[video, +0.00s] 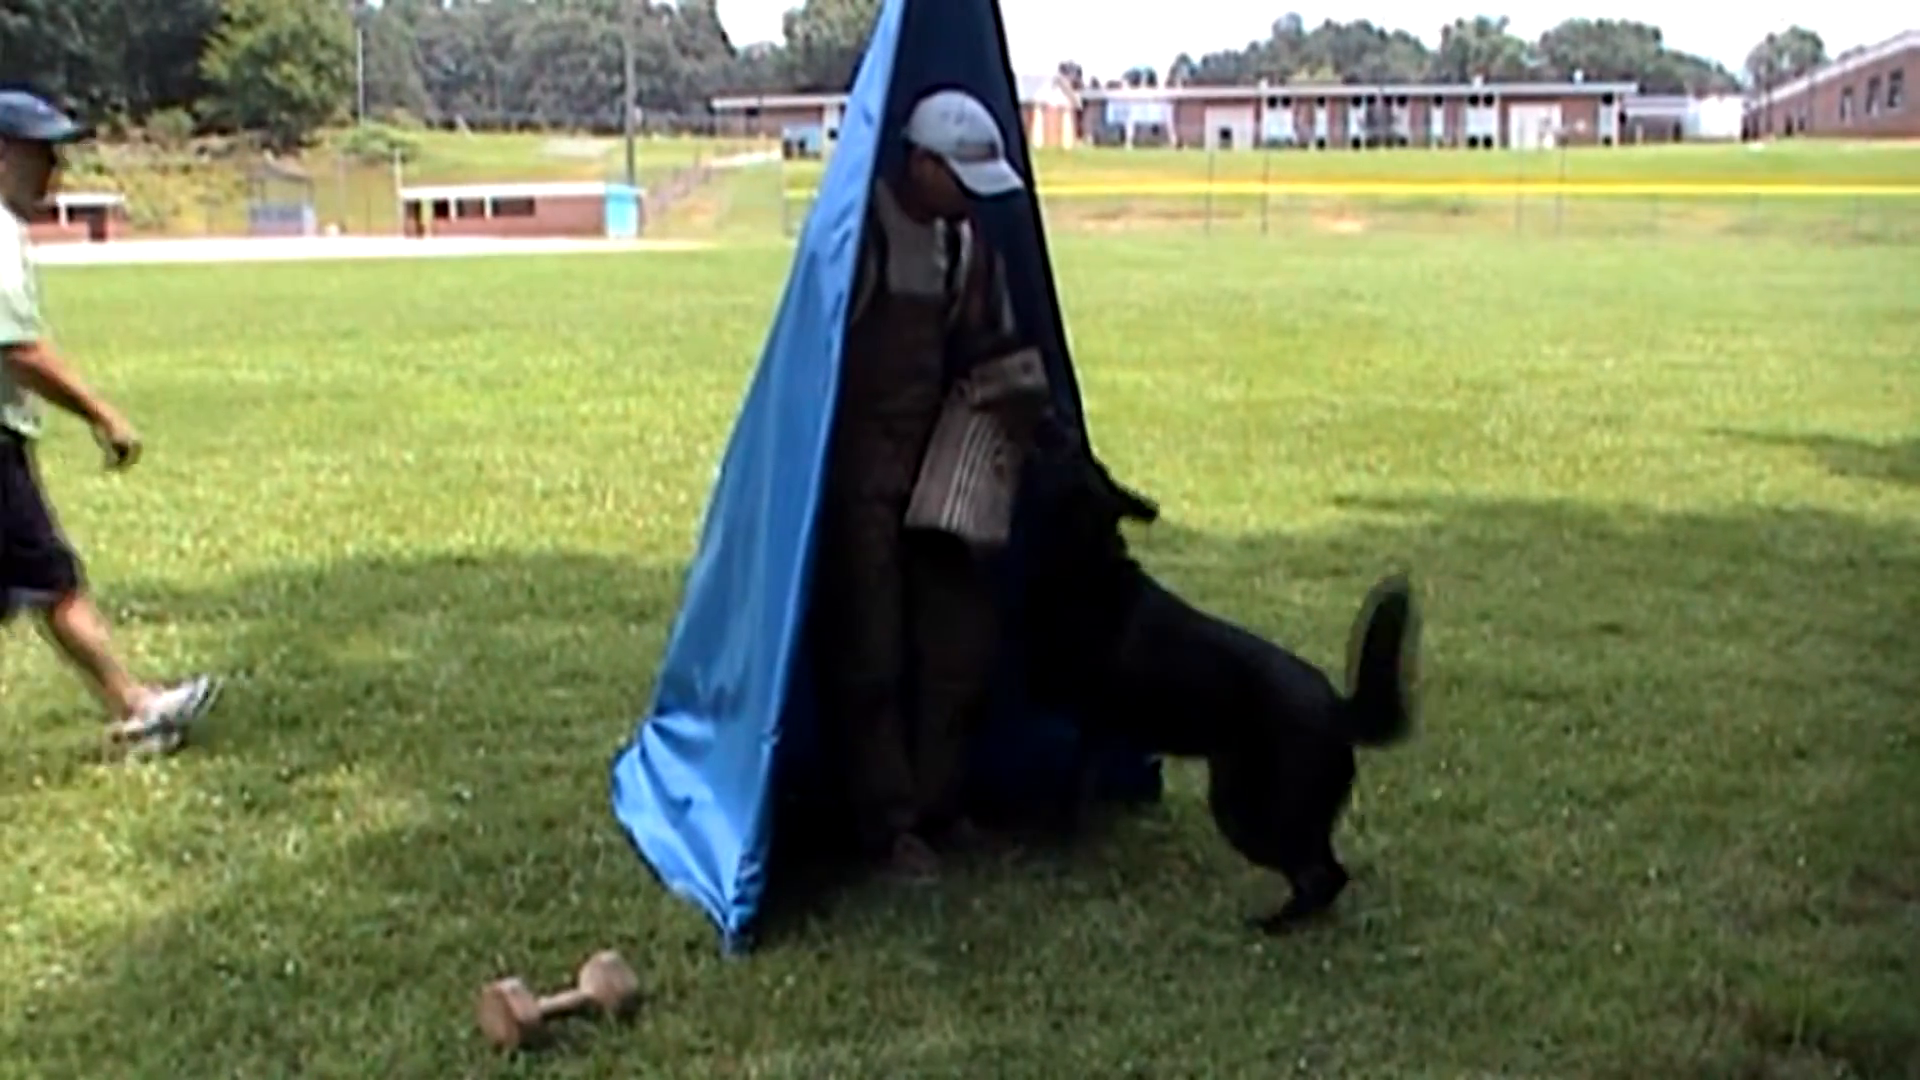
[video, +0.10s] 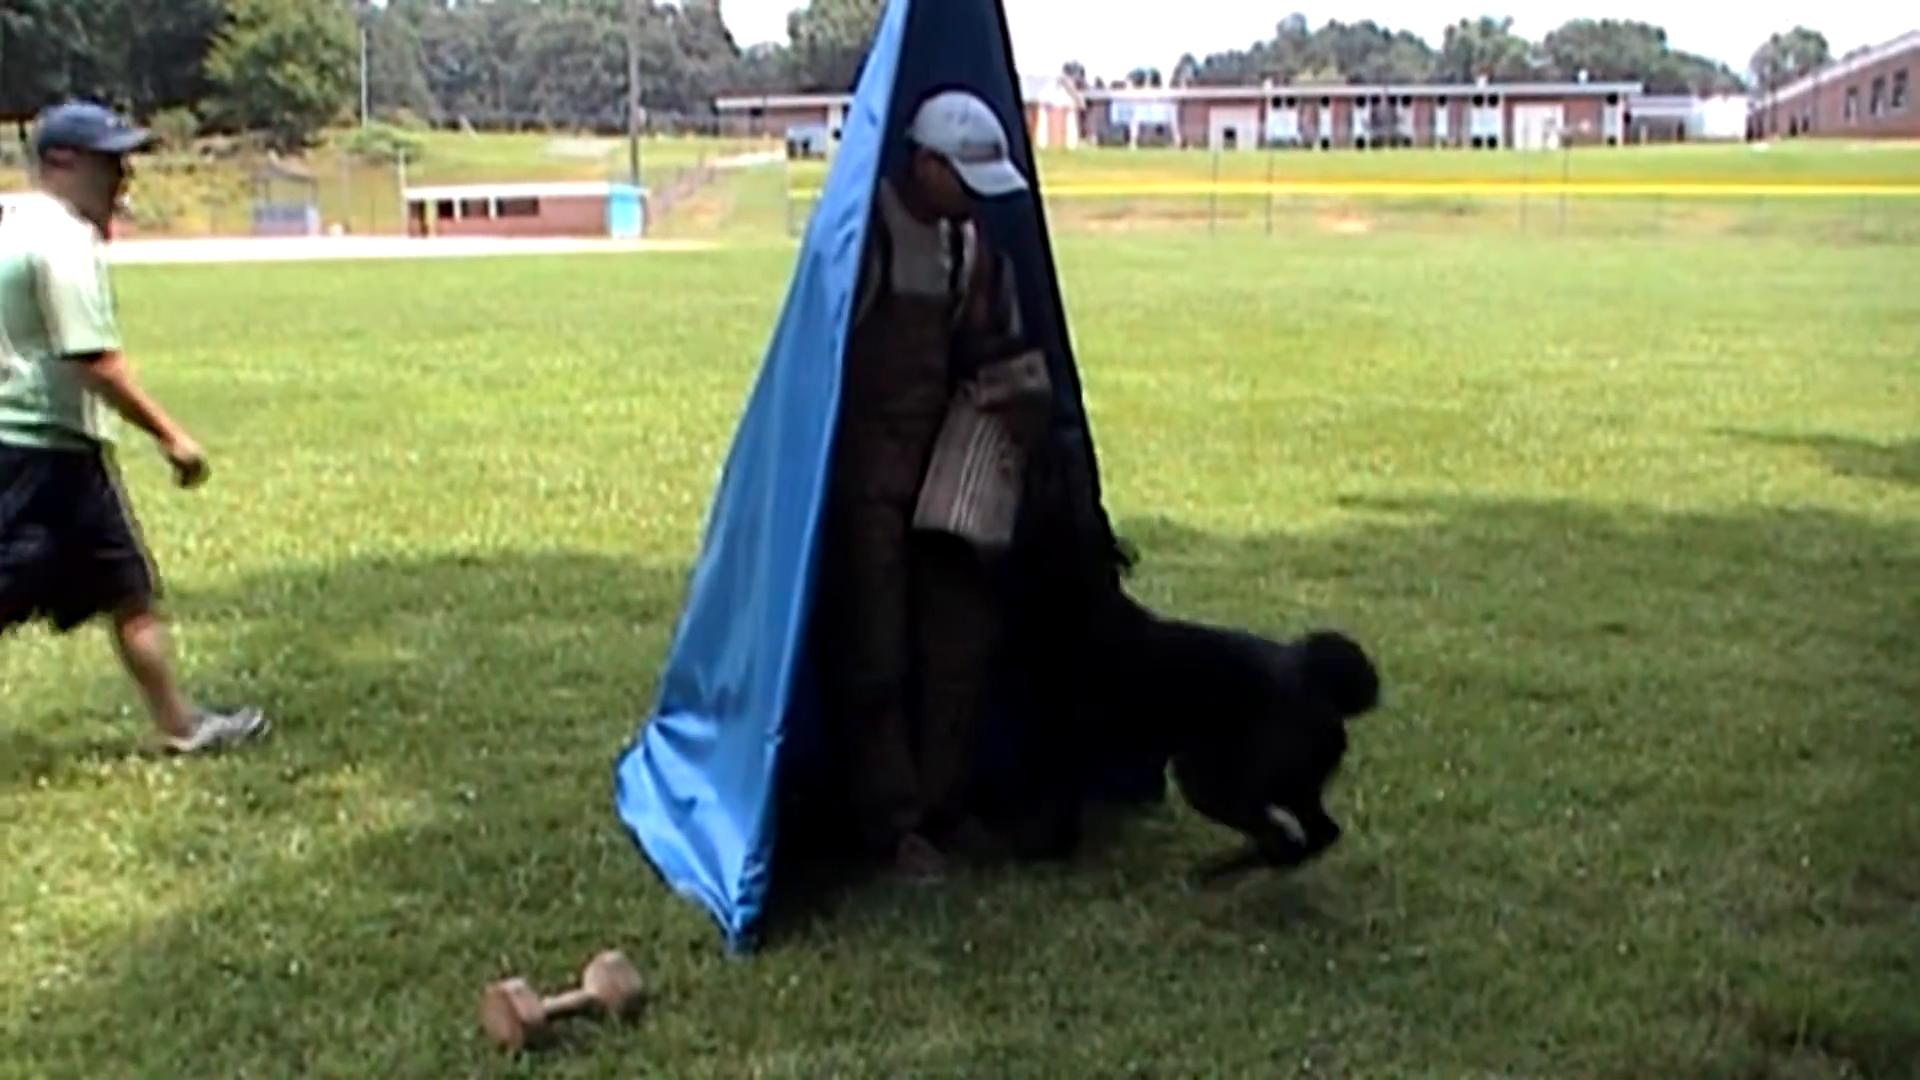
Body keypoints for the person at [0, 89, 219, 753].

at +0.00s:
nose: (53, 172)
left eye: (55, 157)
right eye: (42, 156)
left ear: (27, 158)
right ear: (5, 157)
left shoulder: (11, 233)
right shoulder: (5, 235)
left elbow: (21, 347)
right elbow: (17, 347)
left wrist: (98, 416)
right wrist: (101, 417)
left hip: (12, 441)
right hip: (4, 444)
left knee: (49, 583)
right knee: (54, 583)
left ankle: (132, 701)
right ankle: (132, 702)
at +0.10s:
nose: (123, 180)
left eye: (123, 165)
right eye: (111, 165)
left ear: (59, 167)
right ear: (62, 164)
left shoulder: (21, 222)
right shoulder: (61, 239)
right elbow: (92, 357)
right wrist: (171, 435)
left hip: (20, 446)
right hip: (52, 453)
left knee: (130, 598)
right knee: (130, 596)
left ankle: (178, 723)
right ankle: (179, 724)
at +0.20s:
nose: (191, 174)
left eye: (191, 161)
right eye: (179, 161)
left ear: (128, 162)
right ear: (132, 159)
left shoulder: (88, 219)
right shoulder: (134, 231)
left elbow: (93, 342)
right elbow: (157, 353)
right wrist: (214, 442)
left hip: (89, 429)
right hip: (125, 436)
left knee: (171, 581)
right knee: (152, 584)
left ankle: (201, 725)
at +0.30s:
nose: (254, 160)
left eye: (254, 146)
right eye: (241, 147)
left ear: (188, 149)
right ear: (192, 146)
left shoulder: (157, 210)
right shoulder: (189, 219)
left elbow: (171, 339)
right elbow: (203, 341)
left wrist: (224, 415)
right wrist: (249, 424)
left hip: (149, 415)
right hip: (177, 418)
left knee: (200, 576)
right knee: (236, 577)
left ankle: (206, 721)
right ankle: (109, 674)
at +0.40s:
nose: (308, 164)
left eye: (309, 149)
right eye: (298, 148)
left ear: (247, 148)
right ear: (252, 145)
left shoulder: (211, 203)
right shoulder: (244, 213)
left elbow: (216, 326)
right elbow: (249, 330)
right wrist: (294, 419)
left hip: (189, 409)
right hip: (228, 413)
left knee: (208, 565)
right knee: (329, 548)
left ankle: (206, 715)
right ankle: (270, 698)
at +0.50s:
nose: (367, 172)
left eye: (368, 159)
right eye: (357, 158)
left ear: (309, 156)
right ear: (312, 153)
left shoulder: (272, 212)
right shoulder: (301, 224)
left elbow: (303, 329)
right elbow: (297, 336)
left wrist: (362, 378)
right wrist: (341, 422)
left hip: (244, 422)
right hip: (290, 427)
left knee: (225, 575)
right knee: (376, 561)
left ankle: (210, 717)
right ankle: (419, 703)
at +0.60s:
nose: (422, 183)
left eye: (423, 169)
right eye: (412, 168)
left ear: (363, 170)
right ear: (367, 166)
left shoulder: (327, 223)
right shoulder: (357, 238)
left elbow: (353, 340)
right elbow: (353, 355)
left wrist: (427, 378)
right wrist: (392, 445)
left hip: (301, 433)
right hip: (344, 440)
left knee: (267, 574)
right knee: (426, 575)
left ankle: (217, 712)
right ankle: (490, 698)